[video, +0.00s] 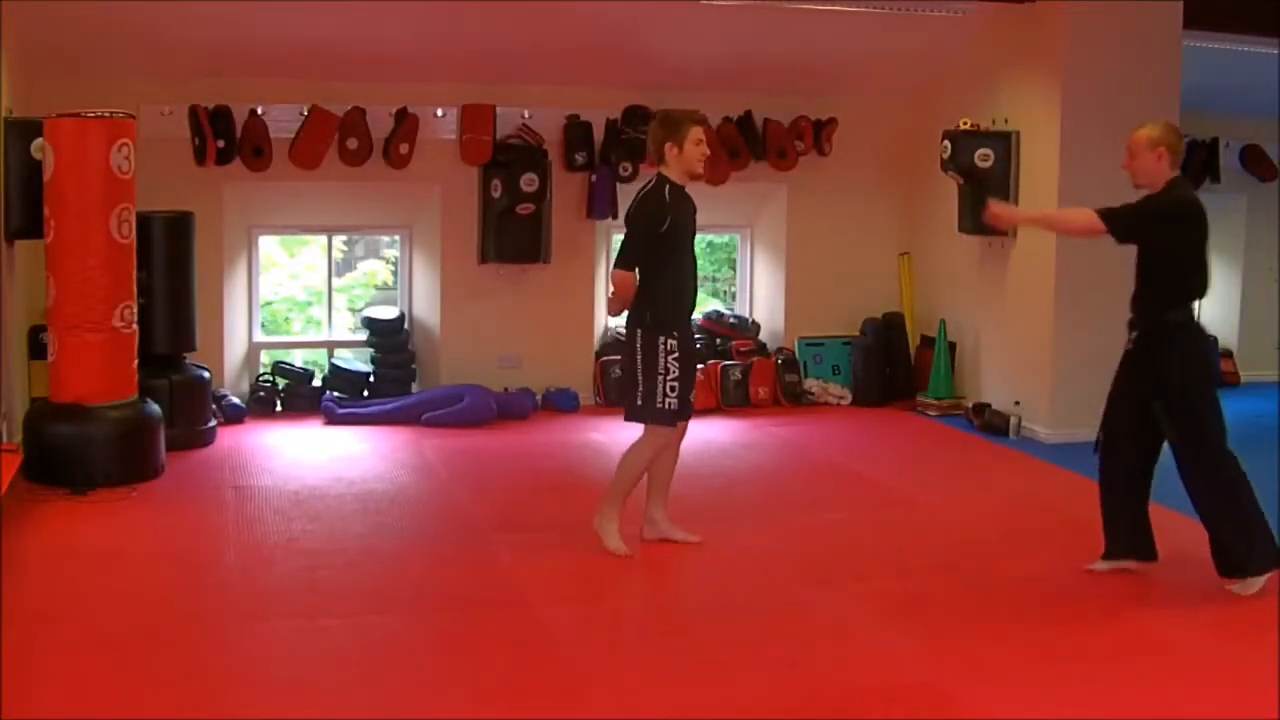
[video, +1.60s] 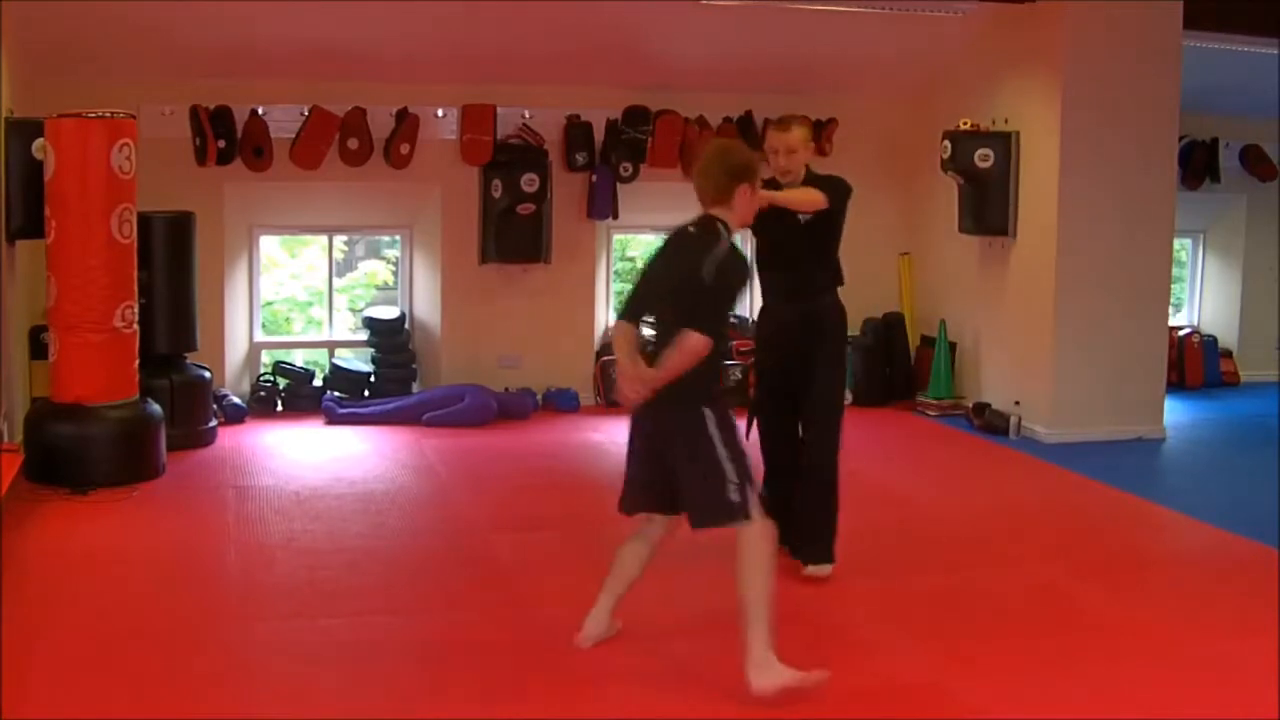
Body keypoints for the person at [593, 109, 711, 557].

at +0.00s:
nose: (706, 151)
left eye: (706, 144)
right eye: (698, 144)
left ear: (683, 151)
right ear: (670, 149)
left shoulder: (682, 199)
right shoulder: (653, 196)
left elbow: (667, 268)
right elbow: (623, 272)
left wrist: (628, 299)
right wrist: (623, 305)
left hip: (678, 326)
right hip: (654, 326)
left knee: (675, 426)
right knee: (659, 430)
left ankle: (657, 517)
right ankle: (607, 514)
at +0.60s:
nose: (748, 194)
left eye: (749, 186)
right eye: (745, 185)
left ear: (721, 183)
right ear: (719, 182)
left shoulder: (703, 226)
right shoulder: (681, 226)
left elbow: (662, 285)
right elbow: (636, 289)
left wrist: (628, 317)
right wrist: (623, 321)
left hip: (679, 345)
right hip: (654, 347)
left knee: (713, 427)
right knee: (682, 446)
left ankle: (685, 509)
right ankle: (628, 526)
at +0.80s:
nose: (777, 267)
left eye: (778, 259)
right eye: (774, 257)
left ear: (745, 254)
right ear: (749, 254)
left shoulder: (715, 283)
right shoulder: (700, 285)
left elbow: (660, 322)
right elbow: (636, 327)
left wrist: (613, 341)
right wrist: (604, 351)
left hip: (662, 370)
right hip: (640, 371)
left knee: (720, 429)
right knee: (675, 467)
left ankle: (684, 508)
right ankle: (607, 553)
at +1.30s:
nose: (751, 191)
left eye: (753, 180)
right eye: (749, 179)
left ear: (715, 175)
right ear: (725, 175)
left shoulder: (682, 212)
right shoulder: (684, 221)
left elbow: (626, 283)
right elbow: (630, 292)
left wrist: (604, 323)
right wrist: (601, 327)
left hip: (643, 353)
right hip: (644, 357)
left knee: (654, 473)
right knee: (679, 477)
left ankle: (614, 559)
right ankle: (600, 561)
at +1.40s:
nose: (748, 173)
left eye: (749, 163)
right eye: (747, 162)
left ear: (705, 156)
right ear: (727, 158)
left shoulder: (669, 198)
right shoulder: (691, 206)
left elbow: (621, 271)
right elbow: (641, 279)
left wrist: (617, 320)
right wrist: (618, 323)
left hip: (640, 354)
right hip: (664, 356)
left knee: (656, 470)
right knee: (705, 477)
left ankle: (604, 577)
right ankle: (635, 587)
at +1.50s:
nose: (748, 185)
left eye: (747, 174)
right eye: (746, 174)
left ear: (698, 170)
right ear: (727, 172)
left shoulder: (670, 218)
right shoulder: (700, 224)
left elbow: (618, 288)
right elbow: (659, 302)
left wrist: (614, 344)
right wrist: (635, 348)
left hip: (642, 378)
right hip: (681, 378)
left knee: (640, 500)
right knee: (725, 503)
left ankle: (594, 616)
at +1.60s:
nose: (761, 199)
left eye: (760, 188)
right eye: (757, 188)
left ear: (707, 190)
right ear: (740, 191)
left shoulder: (674, 242)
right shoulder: (728, 255)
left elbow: (625, 322)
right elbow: (701, 335)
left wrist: (631, 369)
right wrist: (650, 379)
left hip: (656, 406)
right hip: (700, 408)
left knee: (657, 519)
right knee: (757, 526)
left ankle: (597, 620)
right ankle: (762, 663)